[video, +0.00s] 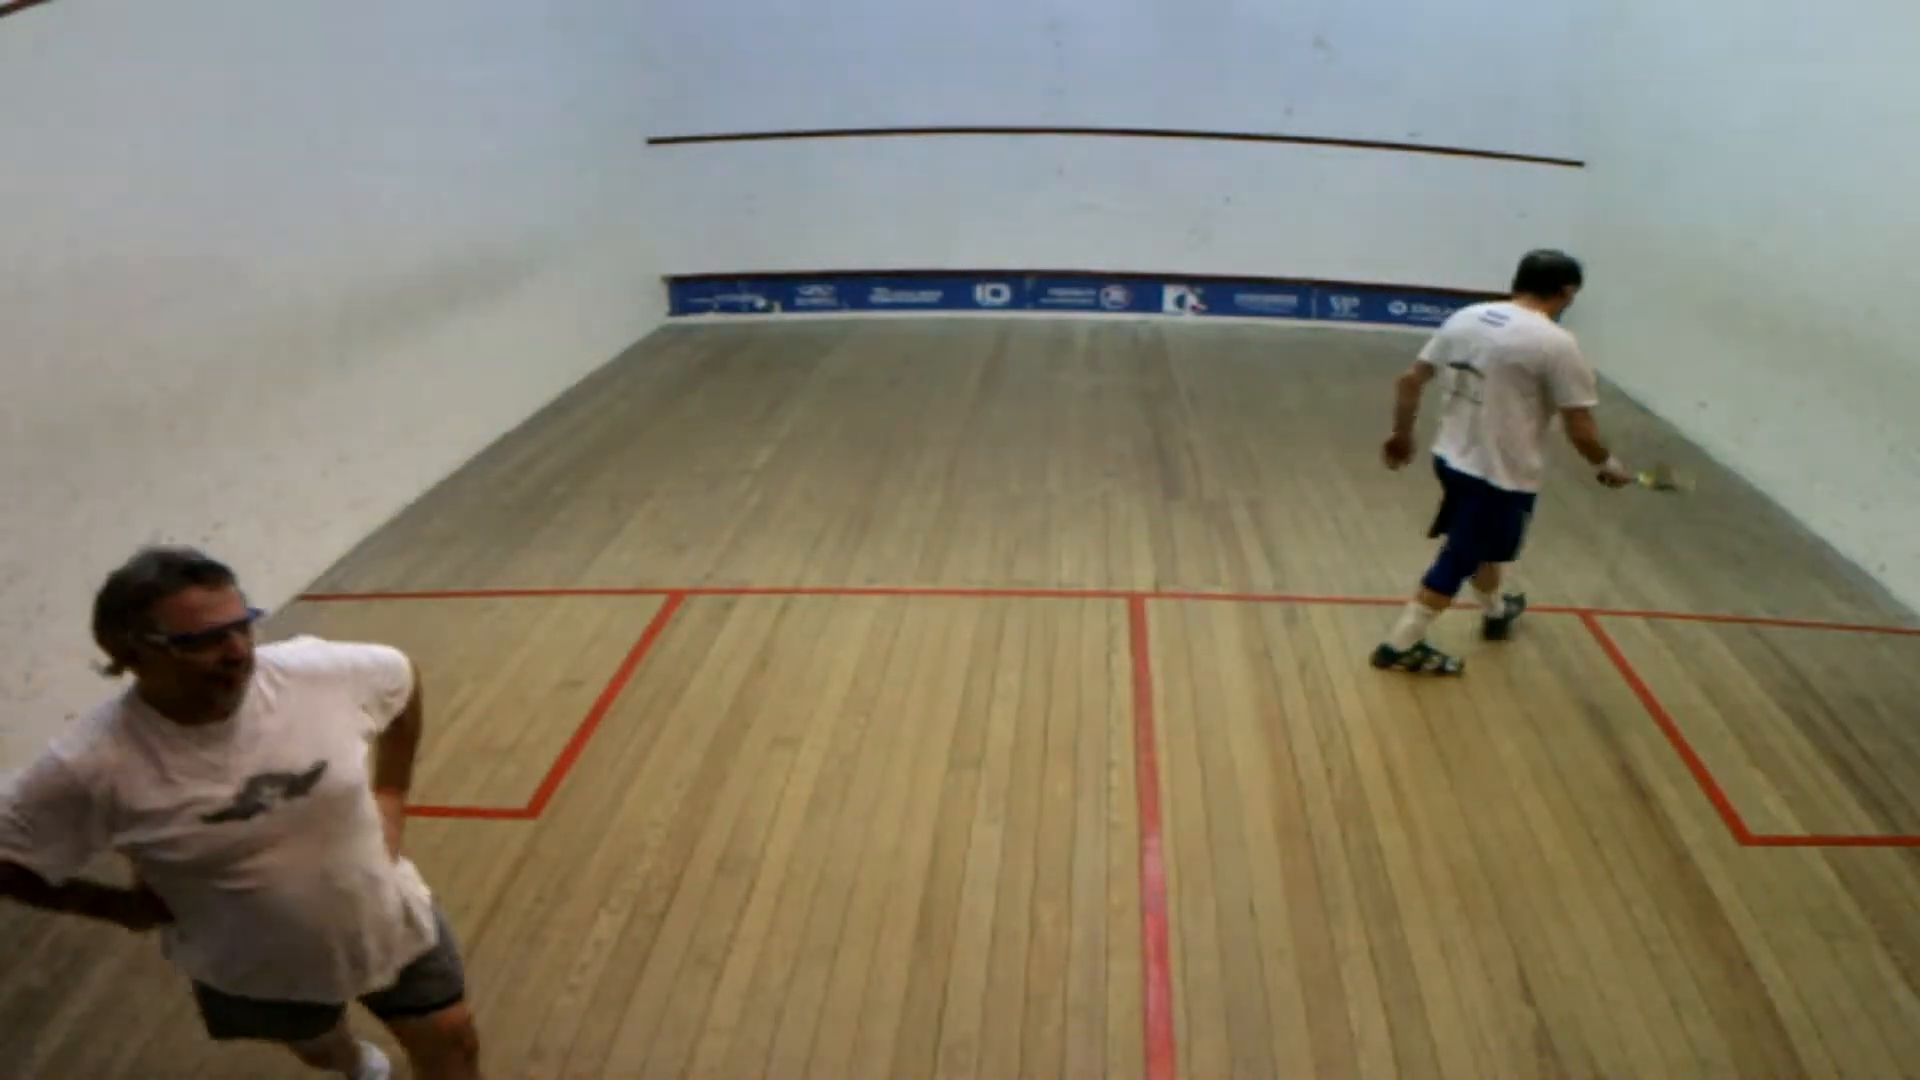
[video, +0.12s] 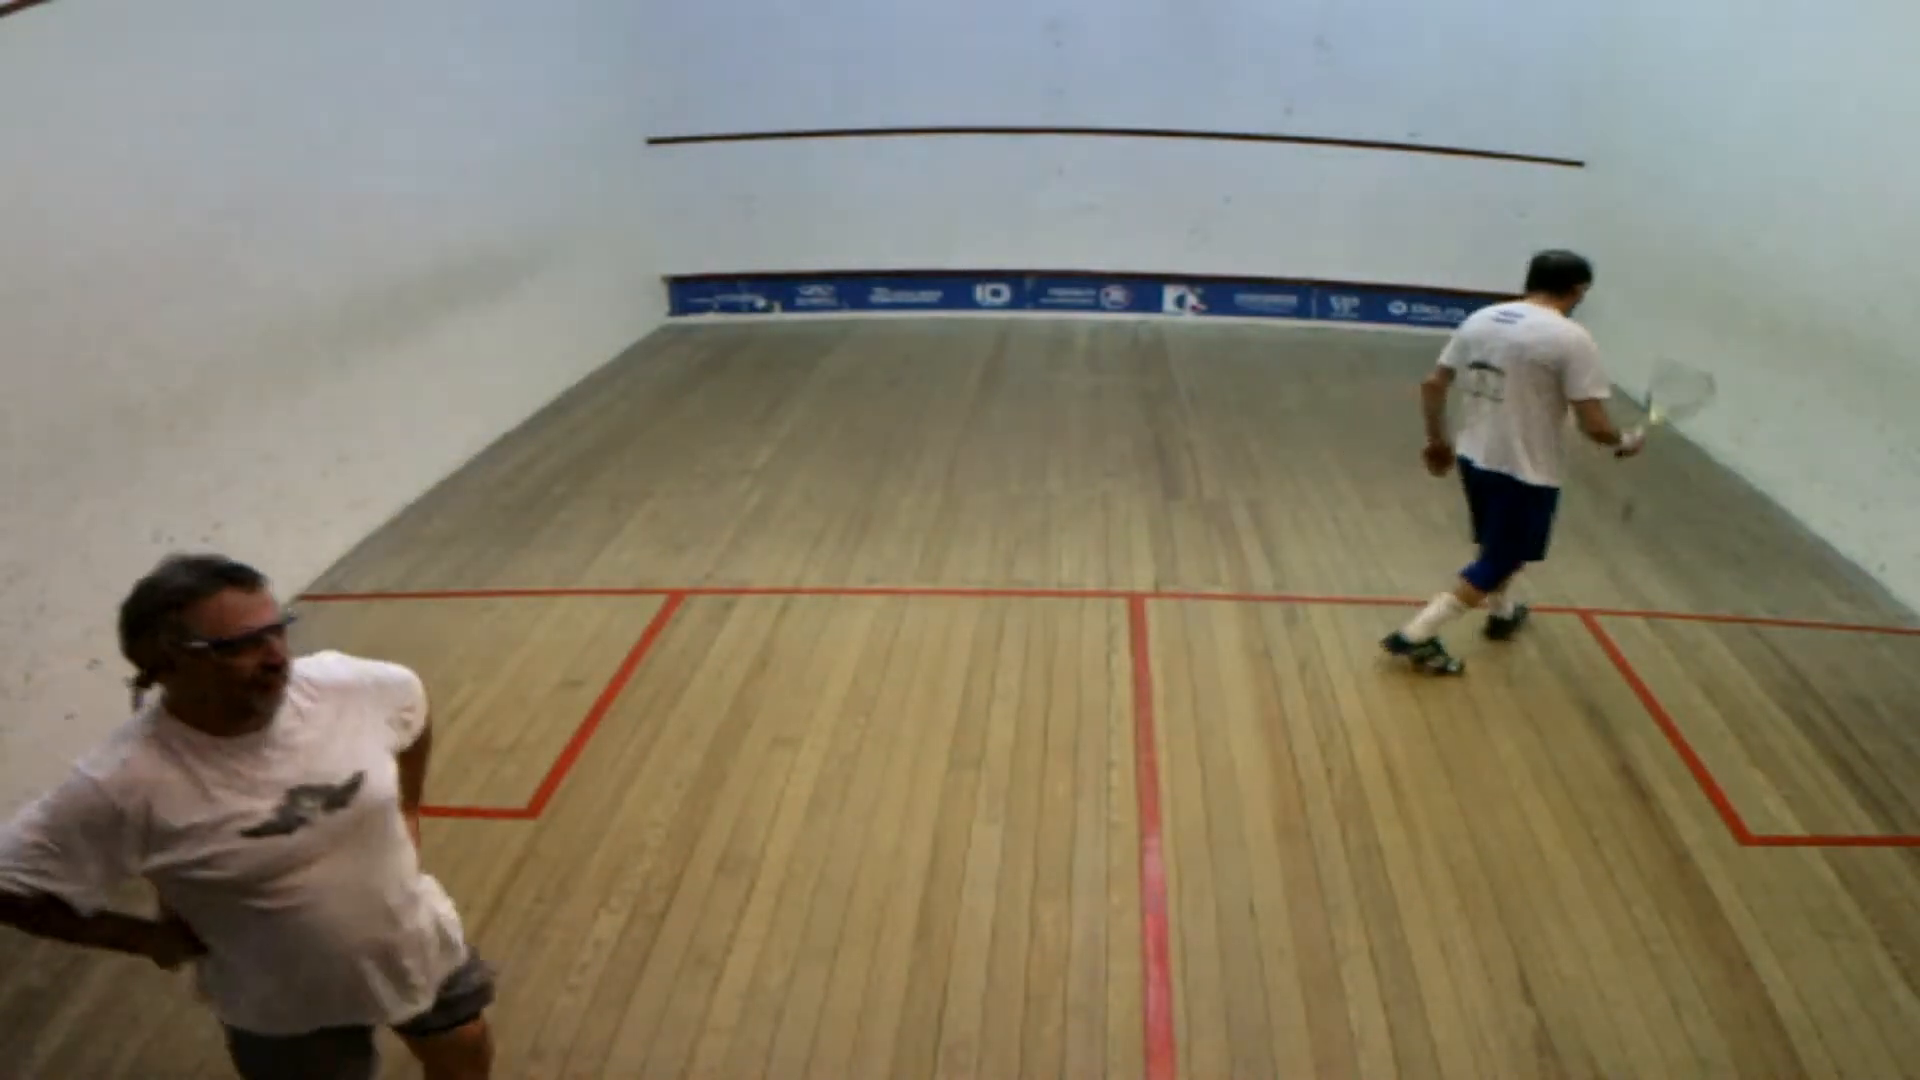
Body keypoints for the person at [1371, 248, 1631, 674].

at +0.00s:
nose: (1571, 303)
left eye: (1572, 295)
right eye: (1571, 295)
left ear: (1519, 283)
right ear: (1561, 293)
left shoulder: (1469, 318)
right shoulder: (1555, 344)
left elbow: (1411, 379)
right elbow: (1580, 430)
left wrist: (1402, 435)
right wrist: (1605, 464)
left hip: (1451, 459)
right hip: (1503, 479)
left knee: (1485, 542)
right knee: (1457, 558)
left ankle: (1494, 611)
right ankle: (1403, 642)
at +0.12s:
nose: (1581, 300)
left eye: (1583, 294)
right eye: (1582, 293)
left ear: (1530, 282)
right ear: (1573, 291)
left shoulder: (1482, 320)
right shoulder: (1570, 339)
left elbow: (1434, 384)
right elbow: (1594, 424)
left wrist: (1436, 440)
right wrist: (1621, 441)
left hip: (1473, 458)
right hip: (1527, 472)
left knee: (1496, 542)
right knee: (1500, 560)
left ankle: (1501, 610)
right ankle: (1416, 633)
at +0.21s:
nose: (1586, 299)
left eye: (1588, 292)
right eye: (1588, 292)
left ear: (1539, 281)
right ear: (1581, 288)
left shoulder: (1495, 316)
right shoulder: (1583, 333)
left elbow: (1451, 383)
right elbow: (1601, 415)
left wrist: (1460, 438)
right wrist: (1625, 436)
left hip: (1482, 453)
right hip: (1543, 466)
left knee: (1497, 532)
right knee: (1550, 553)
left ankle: (1501, 611)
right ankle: (1455, 618)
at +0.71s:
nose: (1632, 296)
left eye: (1632, 291)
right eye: (1634, 290)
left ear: (1586, 279)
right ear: (1629, 288)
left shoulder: (1540, 311)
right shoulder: (1631, 333)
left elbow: (1492, 374)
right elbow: (1654, 415)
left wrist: (1477, 428)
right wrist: (1664, 445)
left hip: (1517, 445)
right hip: (1579, 458)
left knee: (1514, 527)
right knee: (1588, 542)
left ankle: (1501, 613)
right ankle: (1543, 632)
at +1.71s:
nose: (1641, 297)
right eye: (1645, 291)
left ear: (1598, 278)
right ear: (1642, 289)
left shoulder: (1550, 310)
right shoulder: (1643, 335)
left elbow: (1498, 366)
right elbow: (1648, 415)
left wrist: (1549, 385)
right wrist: (1665, 460)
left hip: (1529, 447)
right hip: (1593, 459)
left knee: (1517, 527)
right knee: (1612, 536)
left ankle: (1500, 614)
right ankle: (1562, 621)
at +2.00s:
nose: (1676, 297)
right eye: (1676, 291)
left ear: (1625, 282)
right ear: (1670, 294)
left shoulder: (1579, 319)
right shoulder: (1659, 338)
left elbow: (1559, 381)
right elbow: (1658, 410)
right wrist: (1717, 425)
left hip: (1552, 453)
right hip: (1618, 467)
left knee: (1527, 532)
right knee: (1629, 552)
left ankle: (1500, 615)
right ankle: (1639, 634)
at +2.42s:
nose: (1751, 312)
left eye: (1749, 303)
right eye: (1752, 305)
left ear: (1703, 292)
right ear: (1743, 308)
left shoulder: (1662, 324)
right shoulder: (1715, 353)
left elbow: (1646, 389)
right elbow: (1725, 425)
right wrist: (1797, 409)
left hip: (1608, 450)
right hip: (1666, 475)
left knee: (1567, 531)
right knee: (1661, 558)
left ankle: (1510, 607)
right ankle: (1640, 636)